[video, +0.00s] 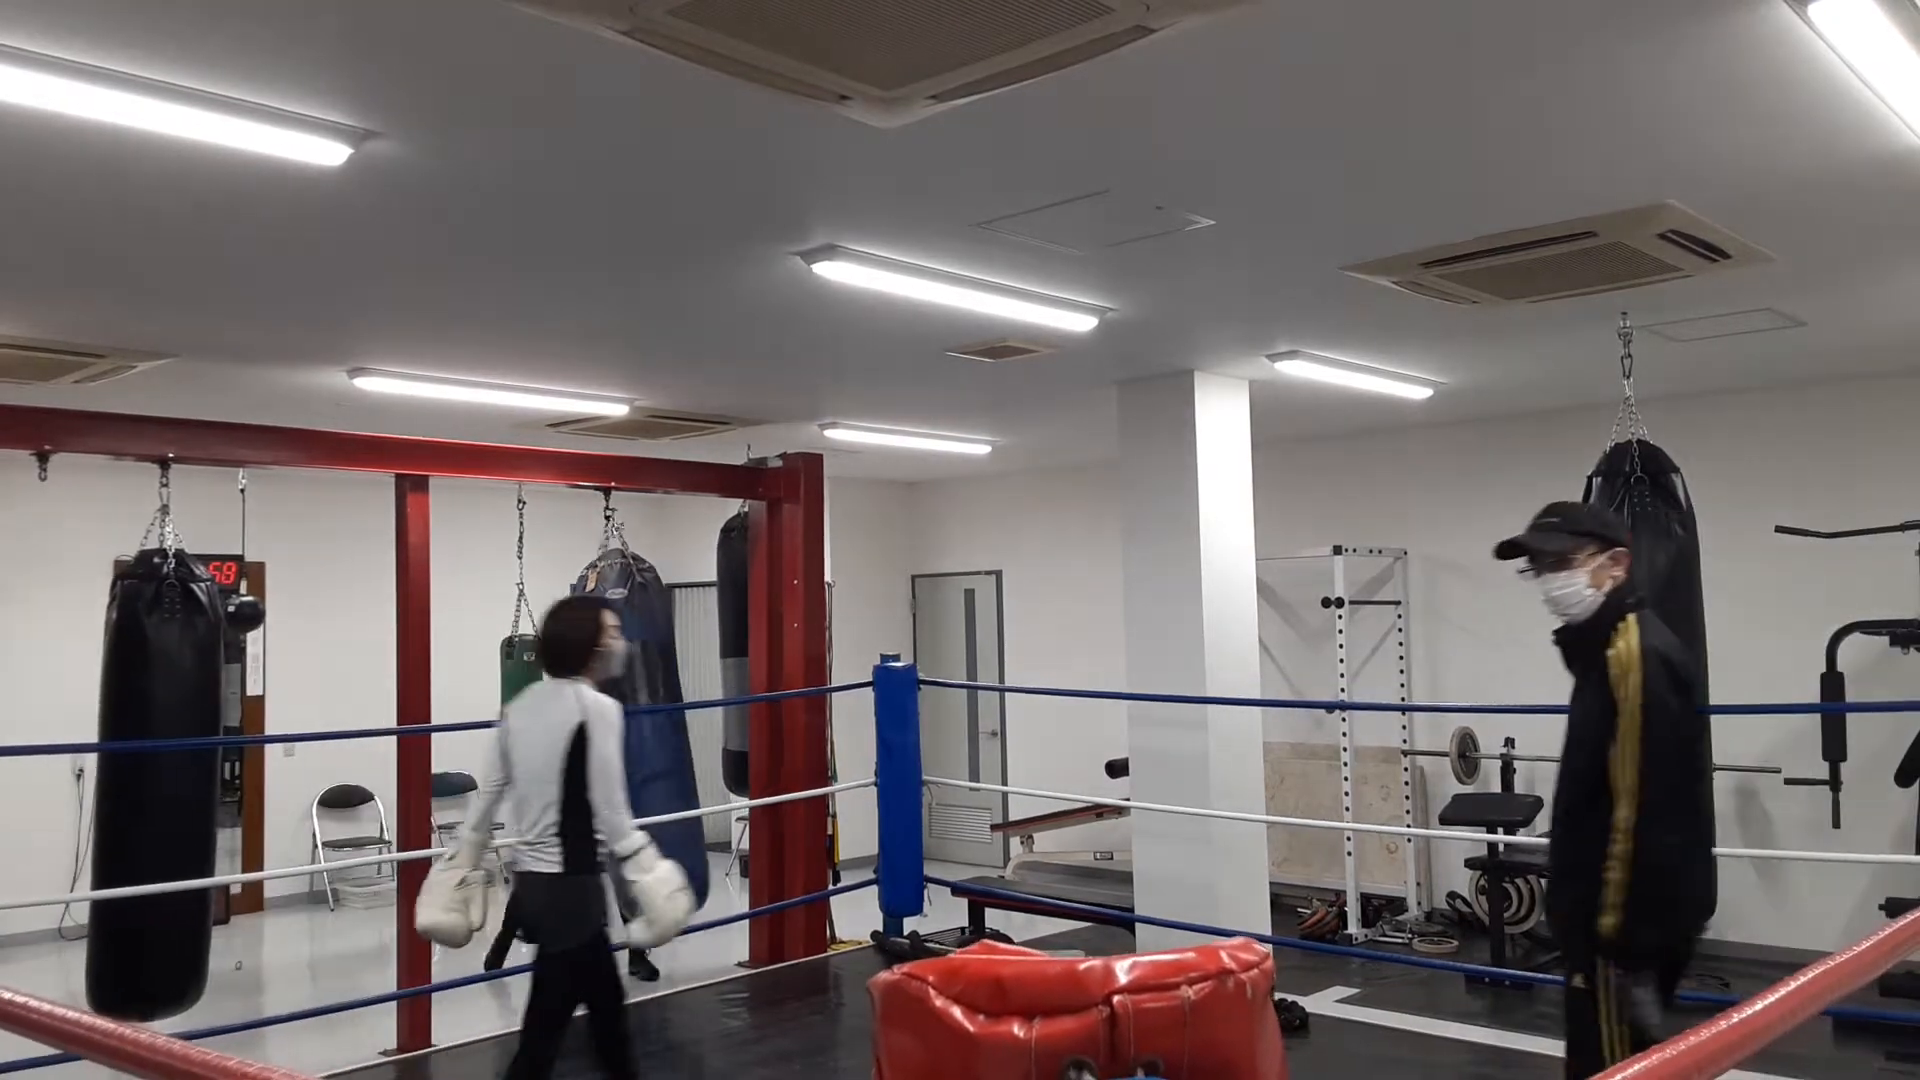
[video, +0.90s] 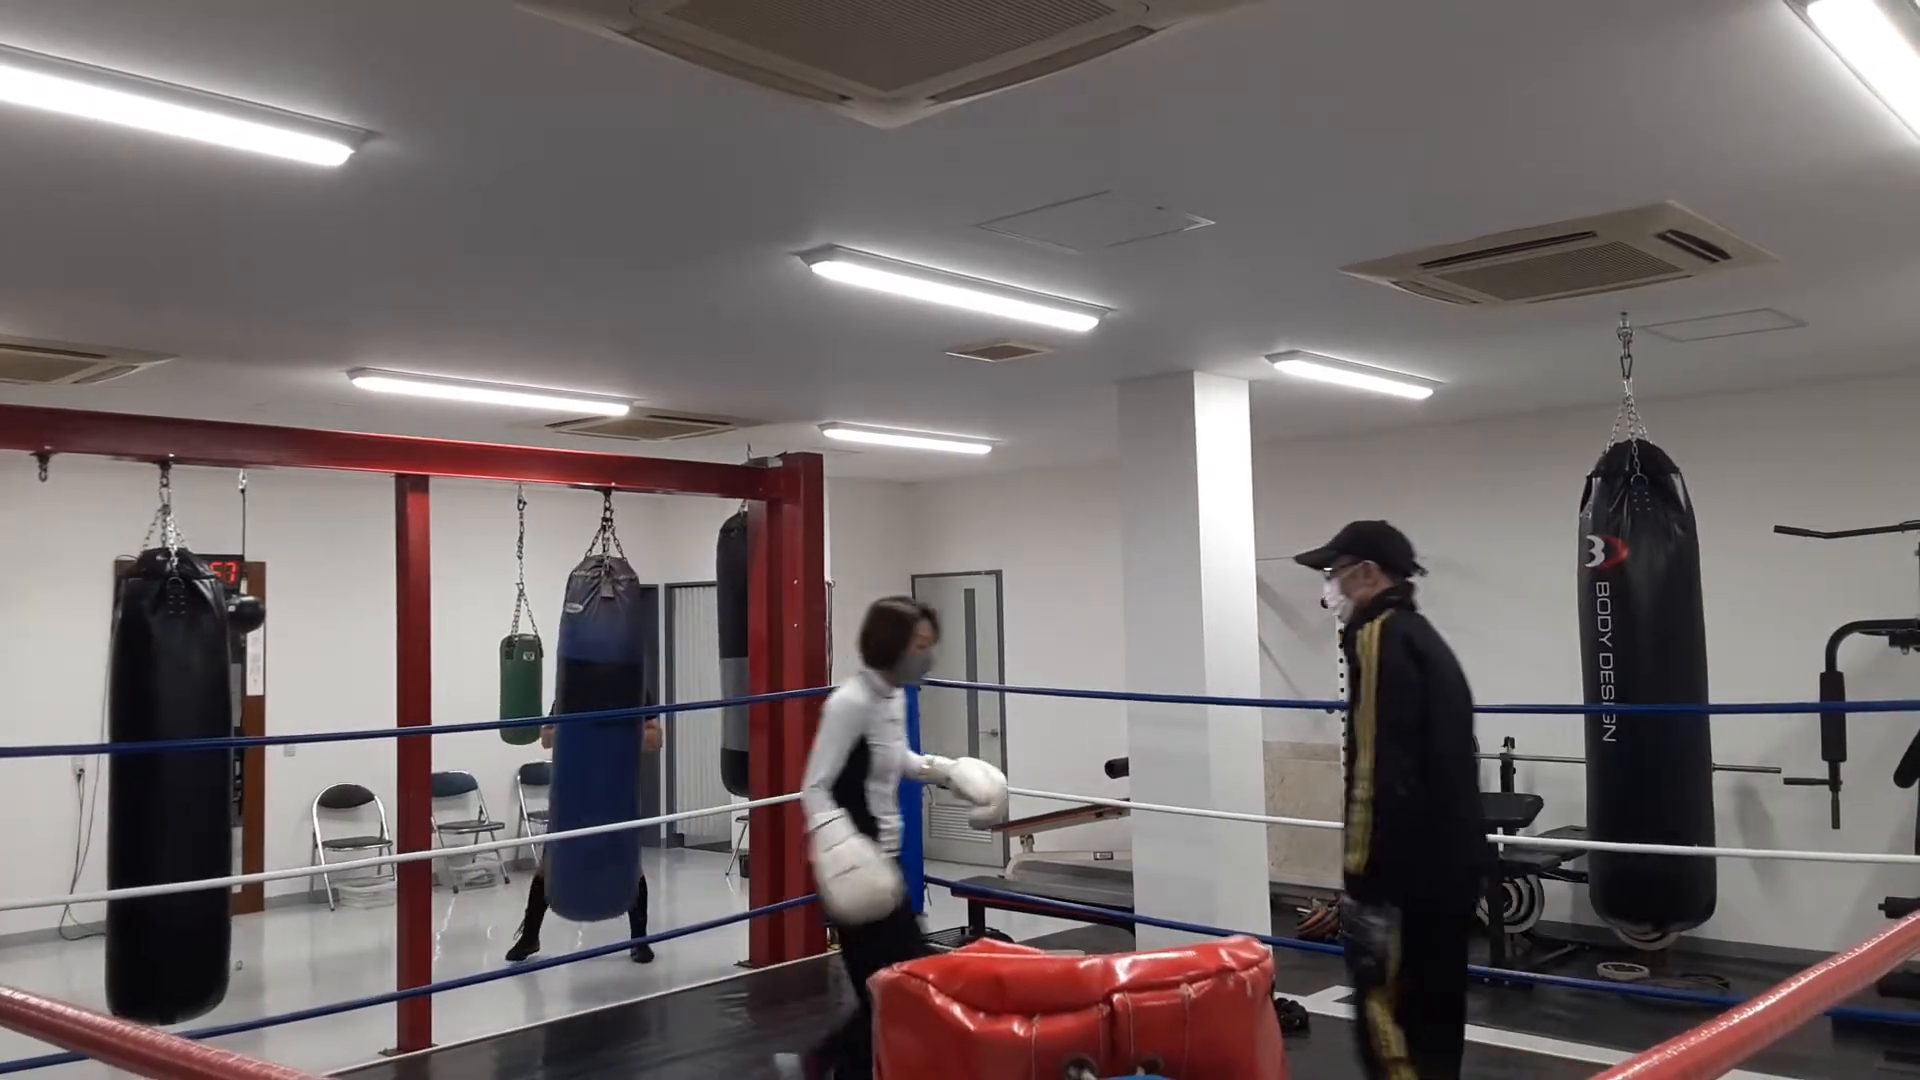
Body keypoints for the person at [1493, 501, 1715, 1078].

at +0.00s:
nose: (1549, 583)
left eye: (1562, 565)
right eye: (1543, 570)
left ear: (1614, 567)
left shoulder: (1637, 652)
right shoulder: (1608, 648)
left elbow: (1639, 805)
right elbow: (1610, 801)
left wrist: (1621, 949)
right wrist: (1585, 931)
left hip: (1622, 940)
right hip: (1600, 934)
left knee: (1614, 1069)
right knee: (1597, 1065)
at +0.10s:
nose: (1520, 590)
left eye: (1530, 573)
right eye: (1515, 578)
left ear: (1581, 568)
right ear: (1576, 573)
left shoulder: (1608, 651)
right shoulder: (1597, 646)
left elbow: (1599, 808)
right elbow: (1594, 806)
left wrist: (1575, 953)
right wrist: (1573, 940)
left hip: (1607, 932)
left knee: (1583, 1053)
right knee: (1604, 1054)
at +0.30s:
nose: (1467, 583)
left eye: (1476, 569)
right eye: (1466, 571)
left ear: (1516, 572)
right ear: (1521, 573)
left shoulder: (1536, 651)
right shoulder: (1576, 640)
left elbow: (1520, 803)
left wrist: (1489, 942)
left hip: (1545, 919)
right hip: (1583, 902)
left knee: (1552, 1061)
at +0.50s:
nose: (1428, 590)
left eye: (1434, 576)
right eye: (1426, 578)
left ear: (1467, 578)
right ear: (1477, 578)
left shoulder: (1492, 656)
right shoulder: (1530, 649)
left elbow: (1478, 805)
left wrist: (1445, 934)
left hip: (1518, 917)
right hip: (1549, 904)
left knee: (1548, 1062)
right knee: (1498, 1063)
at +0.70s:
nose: (1375, 591)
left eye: (1382, 579)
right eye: (1375, 580)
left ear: (1413, 582)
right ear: (1422, 582)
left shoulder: (1433, 654)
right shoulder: (1457, 647)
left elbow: (1431, 790)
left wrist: (1419, 908)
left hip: (1461, 904)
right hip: (1476, 897)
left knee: (1482, 1049)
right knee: (1446, 1051)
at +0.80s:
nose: (1352, 591)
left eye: (1357, 578)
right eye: (1352, 580)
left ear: (1389, 575)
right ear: (1400, 576)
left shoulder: (1403, 644)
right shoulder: (1443, 641)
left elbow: (1399, 778)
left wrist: (1395, 896)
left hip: (1427, 890)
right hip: (1465, 883)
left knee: (1427, 1038)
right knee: (1450, 1035)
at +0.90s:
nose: (1329, 591)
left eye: (1335, 576)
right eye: (1329, 578)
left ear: (1368, 573)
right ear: (1378, 575)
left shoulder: (1379, 635)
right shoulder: (1424, 638)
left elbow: (1374, 765)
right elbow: (1439, 774)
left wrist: (1359, 883)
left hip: (1401, 880)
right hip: (1443, 873)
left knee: (1388, 1032)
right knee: (1434, 1028)